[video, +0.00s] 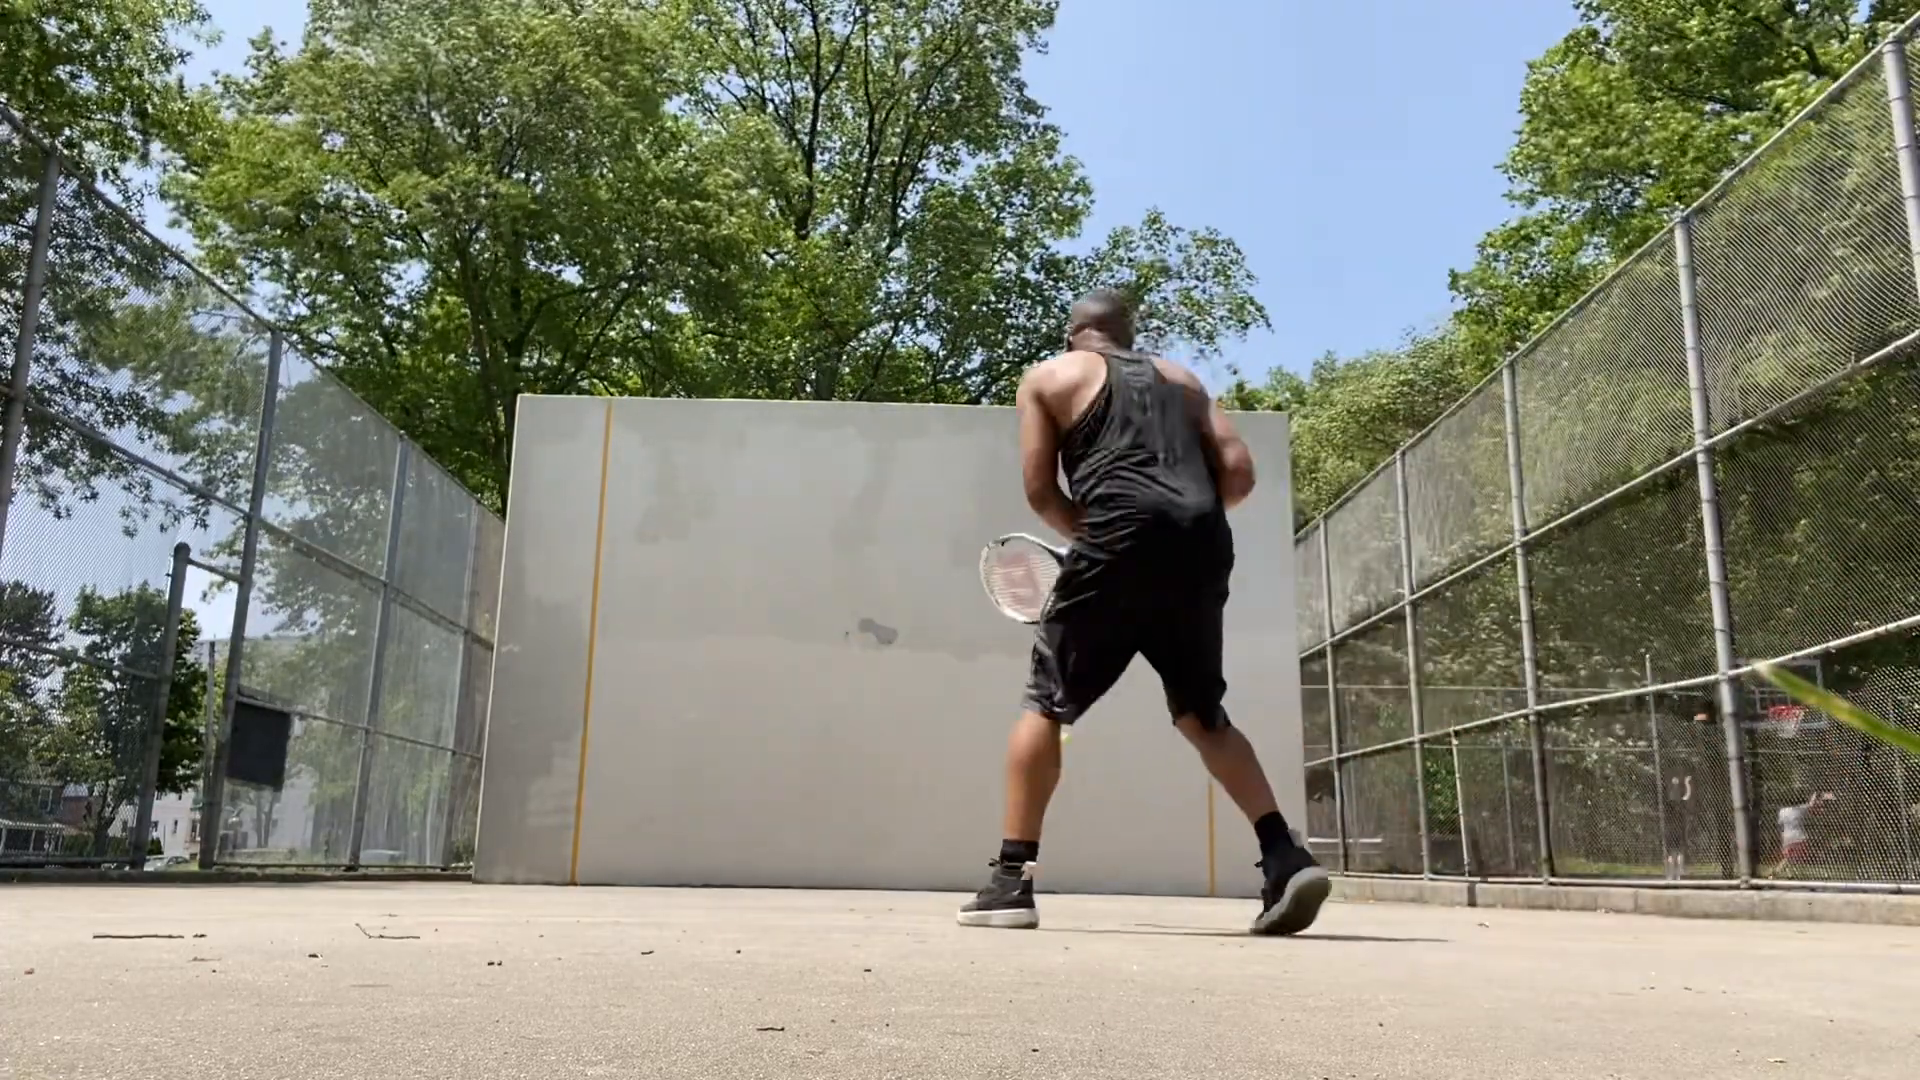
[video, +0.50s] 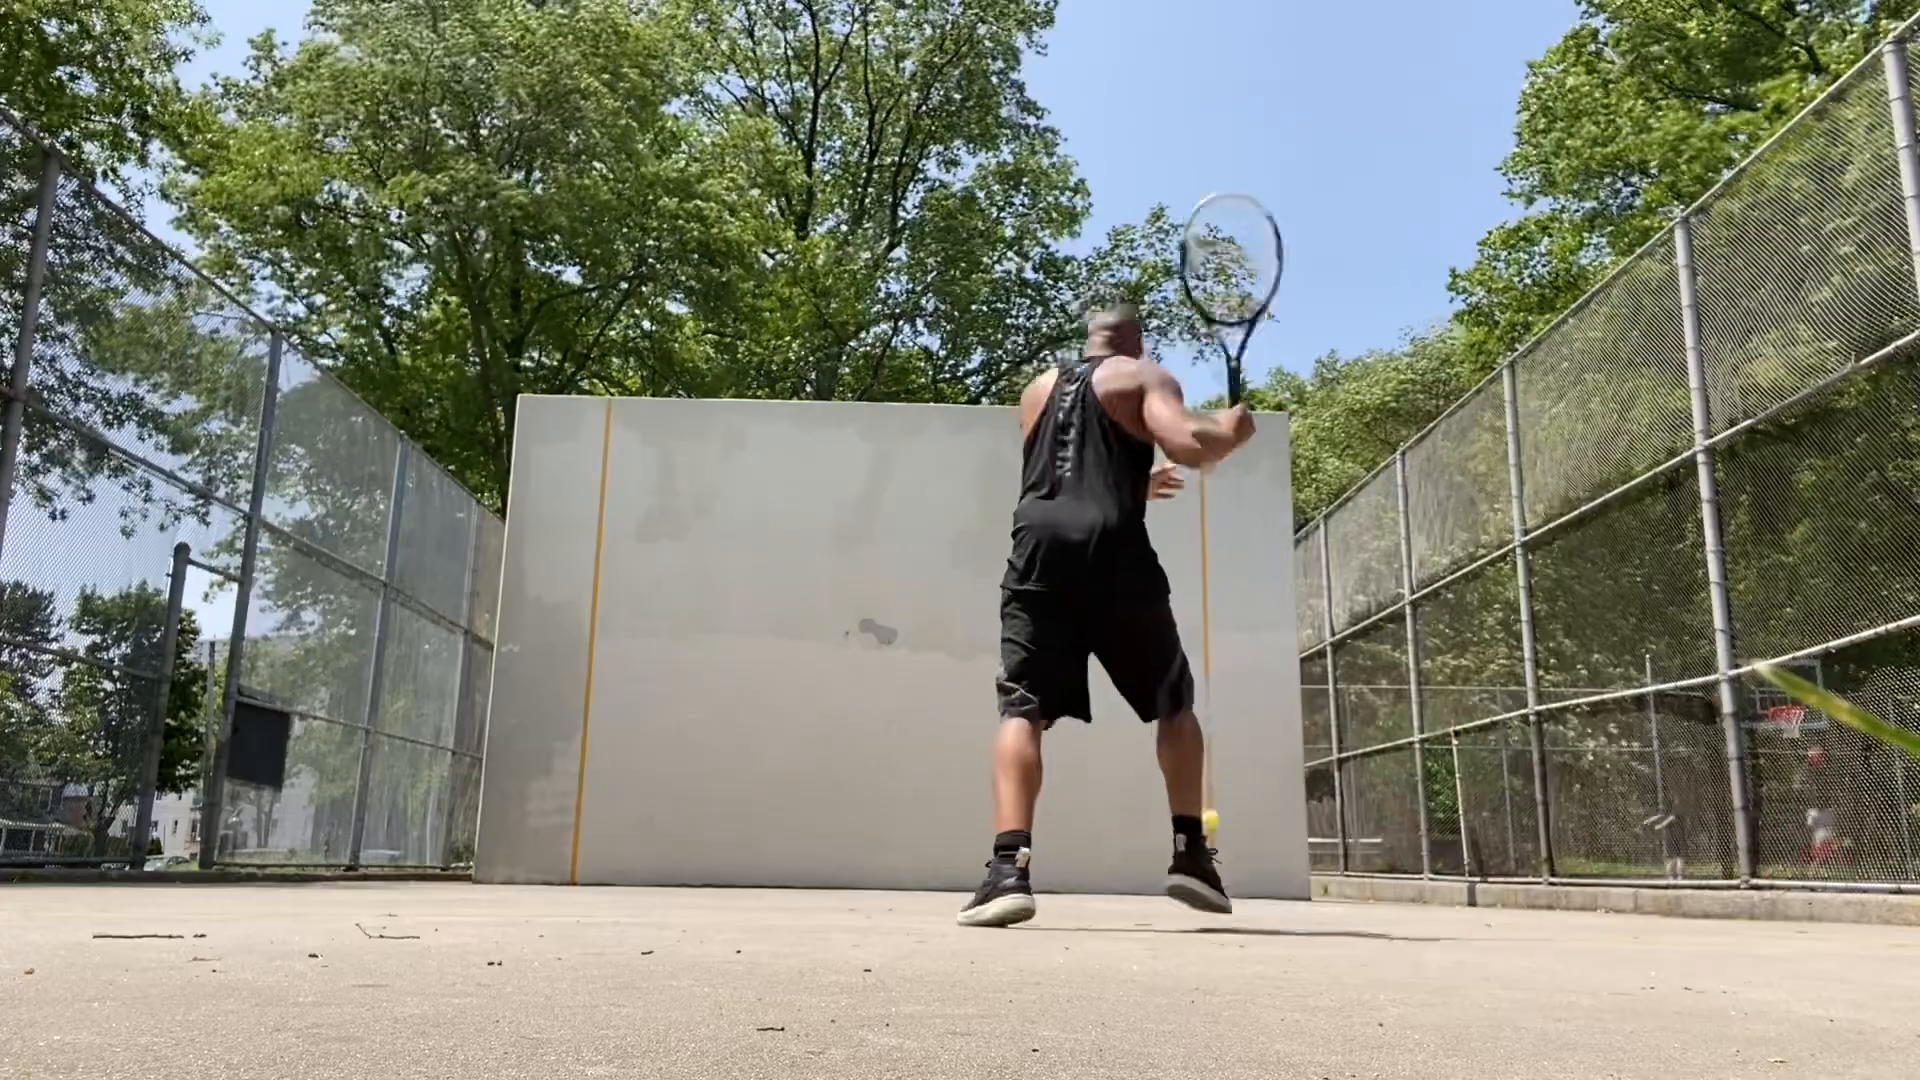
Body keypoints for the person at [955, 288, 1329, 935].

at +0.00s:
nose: (1067, 345)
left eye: (1068, 336)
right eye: (1075, 337)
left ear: (1074, 335)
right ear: (1129, 336)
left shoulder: (1048, 377)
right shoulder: (1181, 377)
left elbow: (1039, 489)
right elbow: (1238, 470)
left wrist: (1097, 534)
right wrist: (1185, 513)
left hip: (1117, 544)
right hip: (1203, 549)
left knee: (1045, 706)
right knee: (1201, 712)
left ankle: (1009, 883)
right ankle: (1286, 859)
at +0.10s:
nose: (1065, 341)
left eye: (1065, 331)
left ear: (1071, 332)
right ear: (1129, 331)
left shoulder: (1038, 379)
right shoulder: (1173, 370)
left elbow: (1025, 492)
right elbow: (1226, 450)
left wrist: (1079, 526)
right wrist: (1178, 508)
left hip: (1091, 551)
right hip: (1180, 555)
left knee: (1033, 705)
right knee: (1183, 706)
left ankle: (1011, 882)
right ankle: (1252, 841)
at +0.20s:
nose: (1073, 328)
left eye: (1070, 320)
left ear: (1069, 326)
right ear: (1127, 325)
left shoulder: (1032, 374)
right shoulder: (1167, 361)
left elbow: (1022, 490)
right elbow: (1211, 436)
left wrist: (1085, 509)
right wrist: (1162, 493)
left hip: (1078, 544)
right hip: (1165, 546)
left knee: (1037, 704)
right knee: (1190, 702)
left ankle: (1012, 879)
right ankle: (1258, 847)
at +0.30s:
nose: (1071, 322)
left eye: (1070, 315)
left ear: (1067, 325)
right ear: (1126, 323)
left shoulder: (1028, 376)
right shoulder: (1159, 360)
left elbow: (1027, 489)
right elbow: (1200, 445)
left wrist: (1084, 517)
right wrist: (1165, 496)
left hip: (1059, 546)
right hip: (1147, 549)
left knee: (1029, 705)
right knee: (1186, 700)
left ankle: (1010, 875)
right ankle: (1251, 841)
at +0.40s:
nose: (1135, 342)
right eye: (1133, 333)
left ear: (1070, 331)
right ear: (1125, 333)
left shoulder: (1027, 380)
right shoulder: (1144, 368)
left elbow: (1037, 465)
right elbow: (1196, 453)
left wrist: (1149, 478)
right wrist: (1181, 477)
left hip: (1042, 556)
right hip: (1126, 557)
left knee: (1023, 711)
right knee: (1174, 700)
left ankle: (1010, 877)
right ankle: (1216, 819)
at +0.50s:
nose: (1146, 352)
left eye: (1140, 344)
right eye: (1144, 344)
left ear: (1086, 343)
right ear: (1137, 344)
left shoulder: (1039, 389)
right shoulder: (1143, 375)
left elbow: (1049, 471)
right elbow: (1188, 447)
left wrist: (1133, 483)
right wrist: (1228, 431)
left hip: (1037, 554)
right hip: (1115, 557)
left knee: (1022, 709)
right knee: (1173, 703)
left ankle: (1008, 870)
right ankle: (1191, 854)